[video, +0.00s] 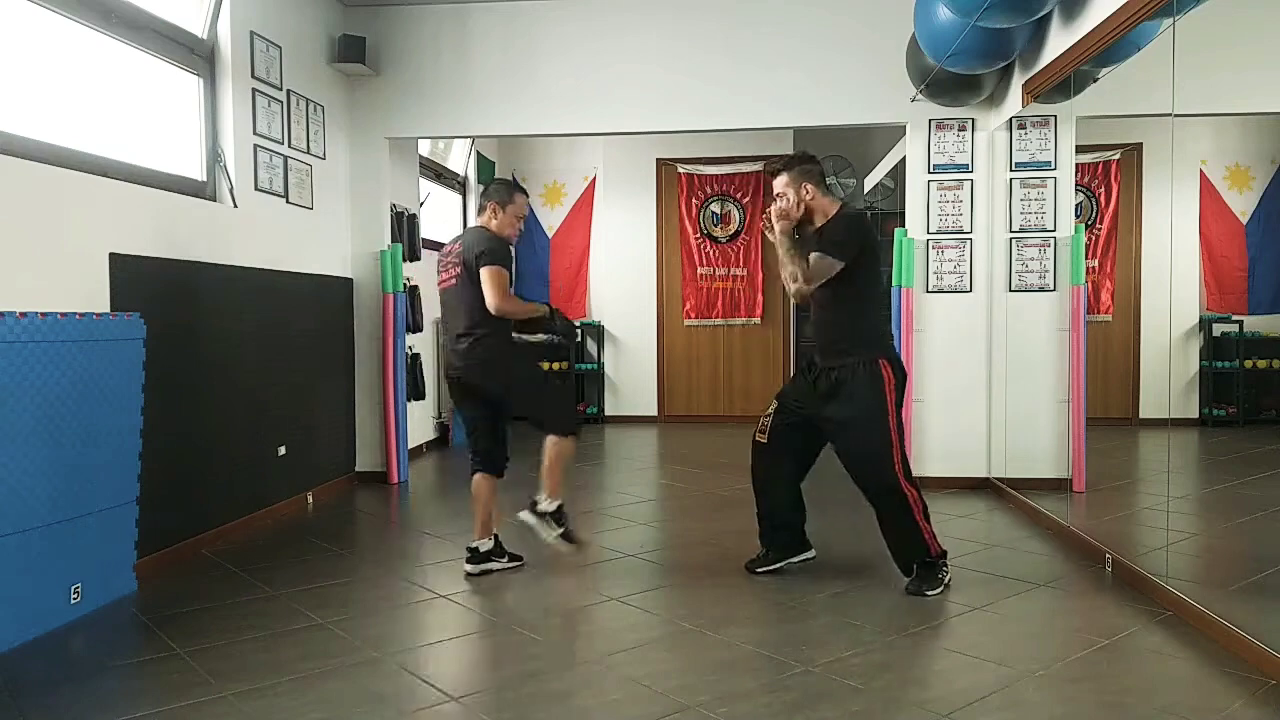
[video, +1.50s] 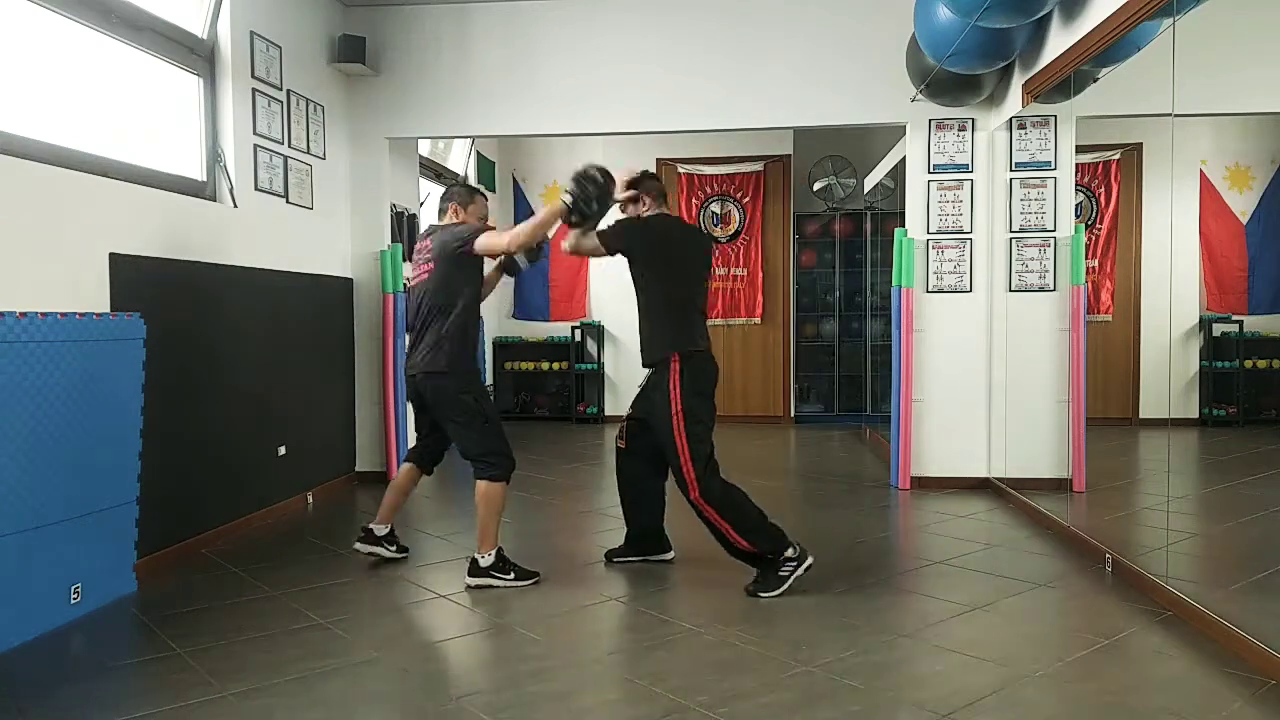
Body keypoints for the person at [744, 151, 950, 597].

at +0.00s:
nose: (780, 206)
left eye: (783, 197)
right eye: (777, 200)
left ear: (808, 190)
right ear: (807, 194)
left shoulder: (850, 225)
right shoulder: (818, 236)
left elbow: (799, 284)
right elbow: (797, 287)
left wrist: (783, 236)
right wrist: (781, 243)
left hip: (867, 372)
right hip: (820, 374)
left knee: (884, 473)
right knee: (770, 450)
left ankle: (928, 563)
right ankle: (786, 544)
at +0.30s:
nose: (775, 203)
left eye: (780, 193)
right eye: (773, 196)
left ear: (805, 188)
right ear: (799, 194)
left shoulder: (850, 220)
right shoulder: (800, 238)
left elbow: (798, 257)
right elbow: (757, 294)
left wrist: (768, 214)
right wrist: (708, 317)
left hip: (872, 366)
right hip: (822, 368)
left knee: (883, 468)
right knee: (788, 453)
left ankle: (914, 559)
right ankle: (789, 549)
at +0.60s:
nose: (760, 210)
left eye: (764, 202)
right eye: (759, 203)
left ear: (788, 201)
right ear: (792, 201)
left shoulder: (818, 237)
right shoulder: (797, 240)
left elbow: (754, 284)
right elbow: (754, 287)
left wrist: (755, 236)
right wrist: (757, 238)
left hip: (832, 380)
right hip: (790, 377)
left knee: (860, 478)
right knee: (736, 448)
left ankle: (917, 559)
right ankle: (719, 545)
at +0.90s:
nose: (711, 208)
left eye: (715, 201)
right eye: (710, 202)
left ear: (739, 199)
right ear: (735, 200)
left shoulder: (781, 239)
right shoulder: (729, 231)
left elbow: (731, 285)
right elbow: (691, 239)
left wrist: (717, 234)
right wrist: (669, 244)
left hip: (783, 374)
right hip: (738, 371)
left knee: (790, 470)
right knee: (687, 443)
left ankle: (825, 564)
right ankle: (688, 538)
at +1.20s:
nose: (652, 206)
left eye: (654, 198)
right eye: (651, 199)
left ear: (676, 198)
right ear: (684, 199)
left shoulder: (698, 228)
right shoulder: (690, 239)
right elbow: (658, 277)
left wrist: (635, 234)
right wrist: (633, 240)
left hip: (716, 368)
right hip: (690, 371)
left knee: (737, 473)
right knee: (647, 450)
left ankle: (819, 548)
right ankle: (651, 542)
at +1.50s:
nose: (625, 213)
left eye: (626, 205)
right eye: (624, 206)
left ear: (643, 201)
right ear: (663, 199)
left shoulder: (639, 231)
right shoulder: (698, 238)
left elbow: (574, 244)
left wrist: (593, 200)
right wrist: (642, 214)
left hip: (678, 368)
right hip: (684, 365)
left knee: (697, 481)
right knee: (635, 448)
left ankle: (781, 555)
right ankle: (647, 541)